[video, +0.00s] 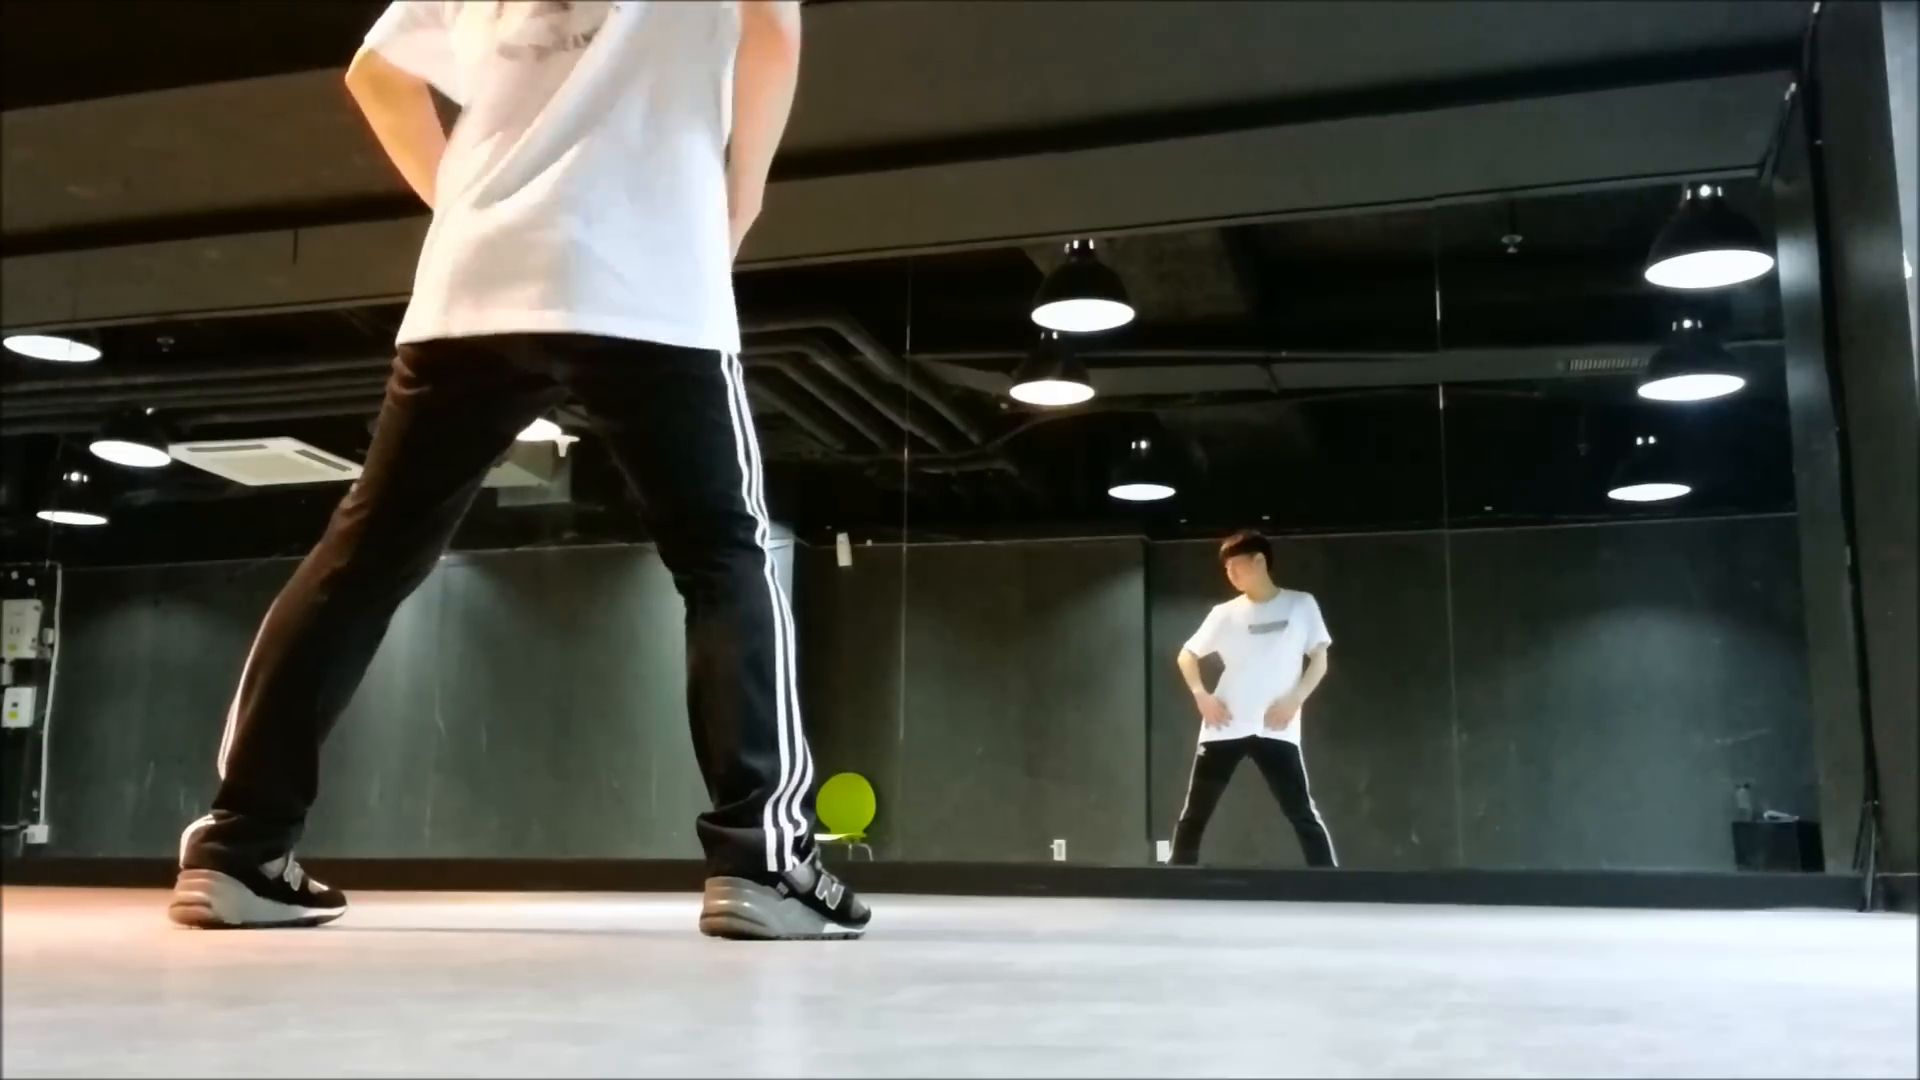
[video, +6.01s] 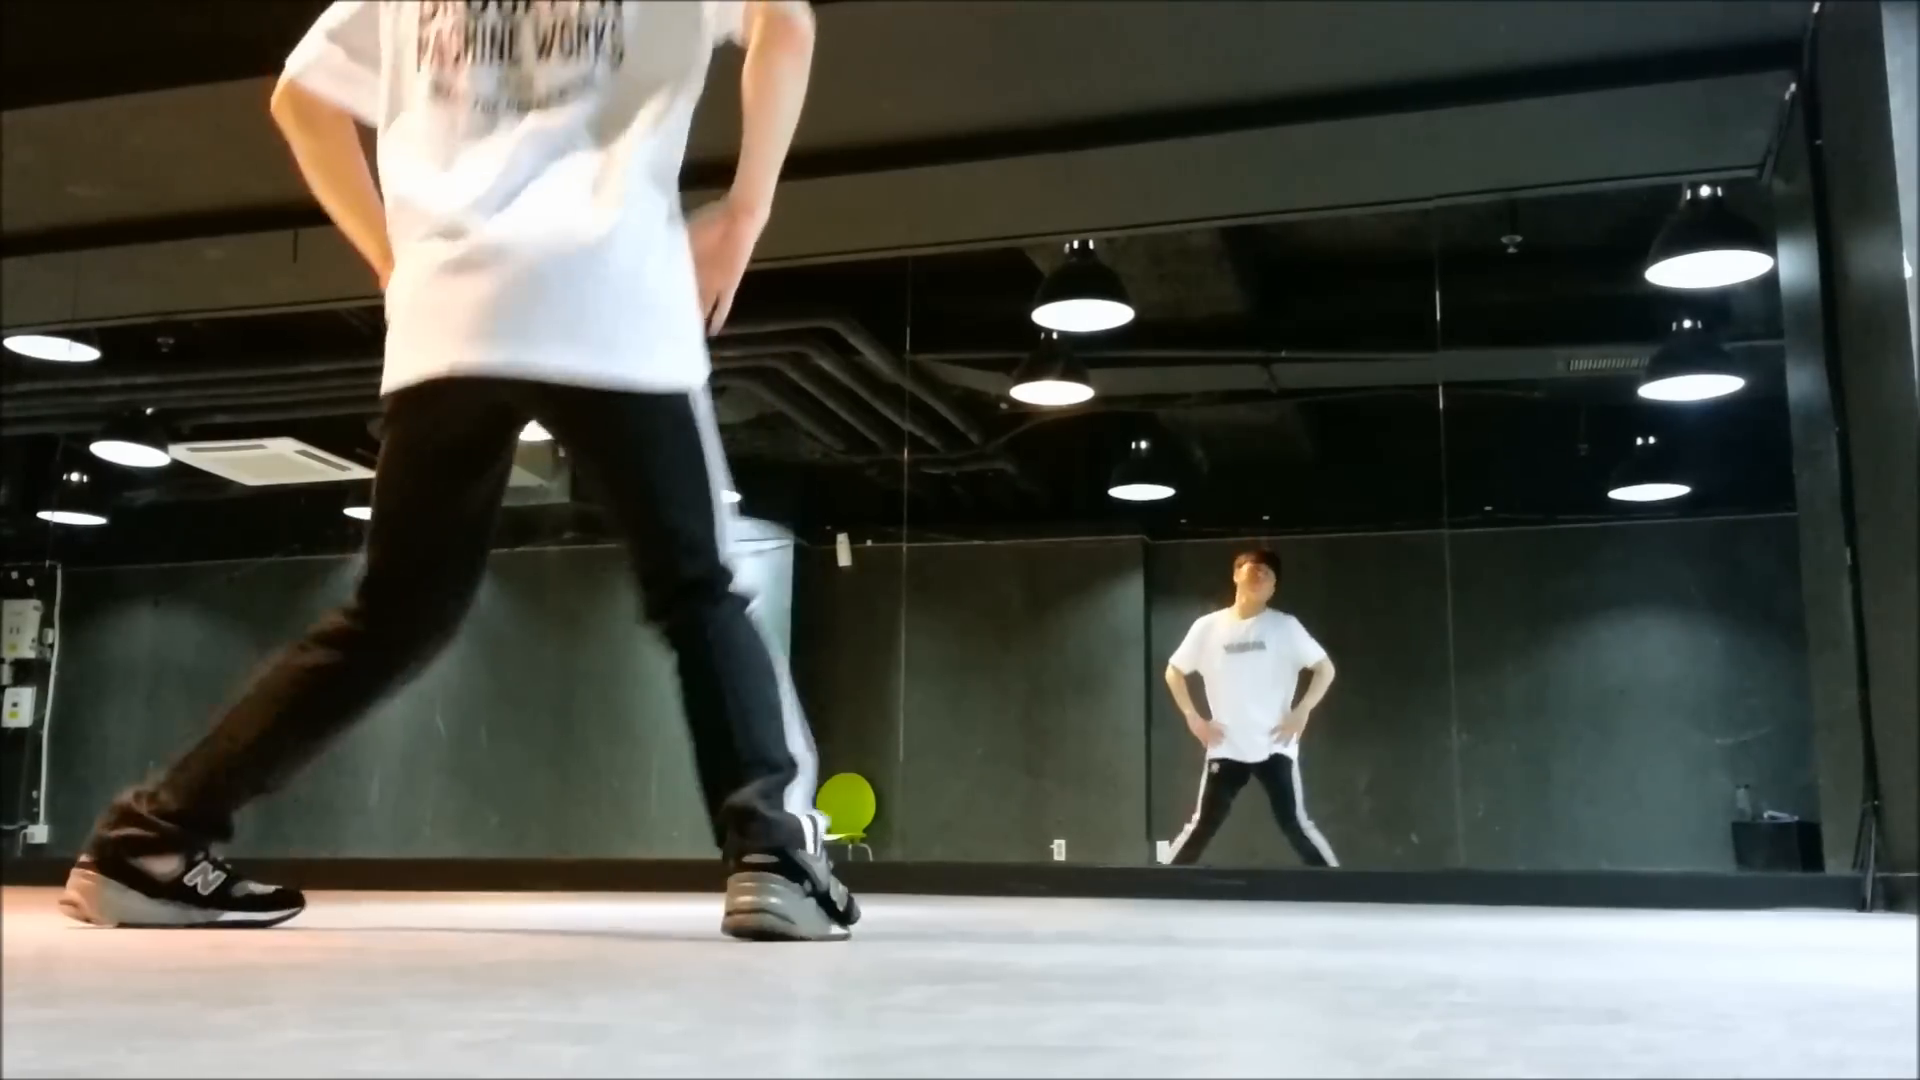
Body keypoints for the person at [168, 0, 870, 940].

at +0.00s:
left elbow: (379, 74)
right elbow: (771, 27)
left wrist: (474, 210)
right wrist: (741, 194)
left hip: (476, 260)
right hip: (646, 263)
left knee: (365, 553)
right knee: (725, 557)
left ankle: (235, 843)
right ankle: (762, 856)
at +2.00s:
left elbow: (368, 92)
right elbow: (772, 25)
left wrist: (472, 210)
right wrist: (773, 183)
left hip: (505, 264)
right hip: (679, 254)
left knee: (397, 558)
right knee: (739, 545)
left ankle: (243, 844)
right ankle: (763, 851)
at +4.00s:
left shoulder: (462, 11)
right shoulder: (695, 4)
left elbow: (368, 121)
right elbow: (801, 48)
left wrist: (460, 261)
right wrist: (774, 238)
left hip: (486, 308)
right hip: (647, 305)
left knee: (436, 618)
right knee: (717, 605)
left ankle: (197, 836)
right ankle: (815, 855)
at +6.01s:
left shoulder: (404, 1)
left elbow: (304, 98)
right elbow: (784, 24)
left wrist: (399, 259)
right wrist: (746, 214)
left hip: (447, 289)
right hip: (615, 287)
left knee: (397, 613)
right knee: (697, 591)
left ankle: (146, 842)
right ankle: (777, 860)